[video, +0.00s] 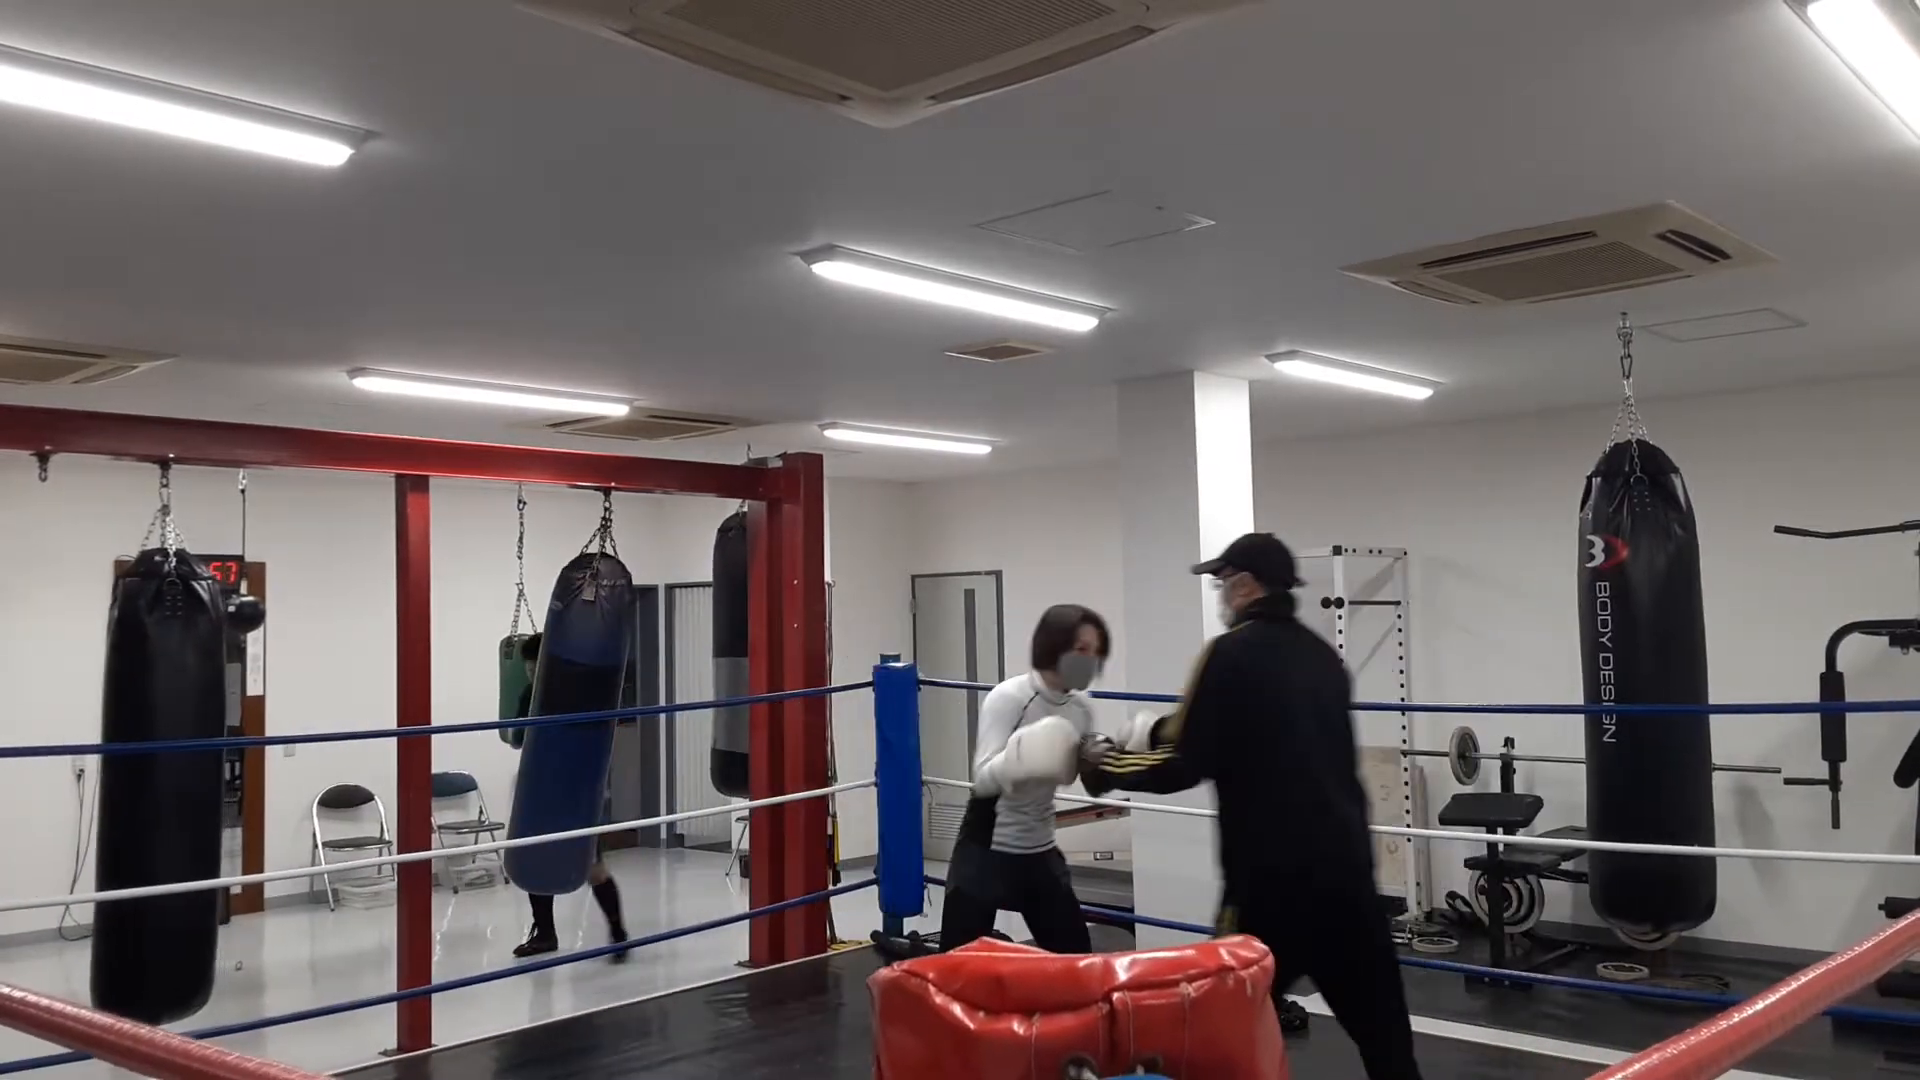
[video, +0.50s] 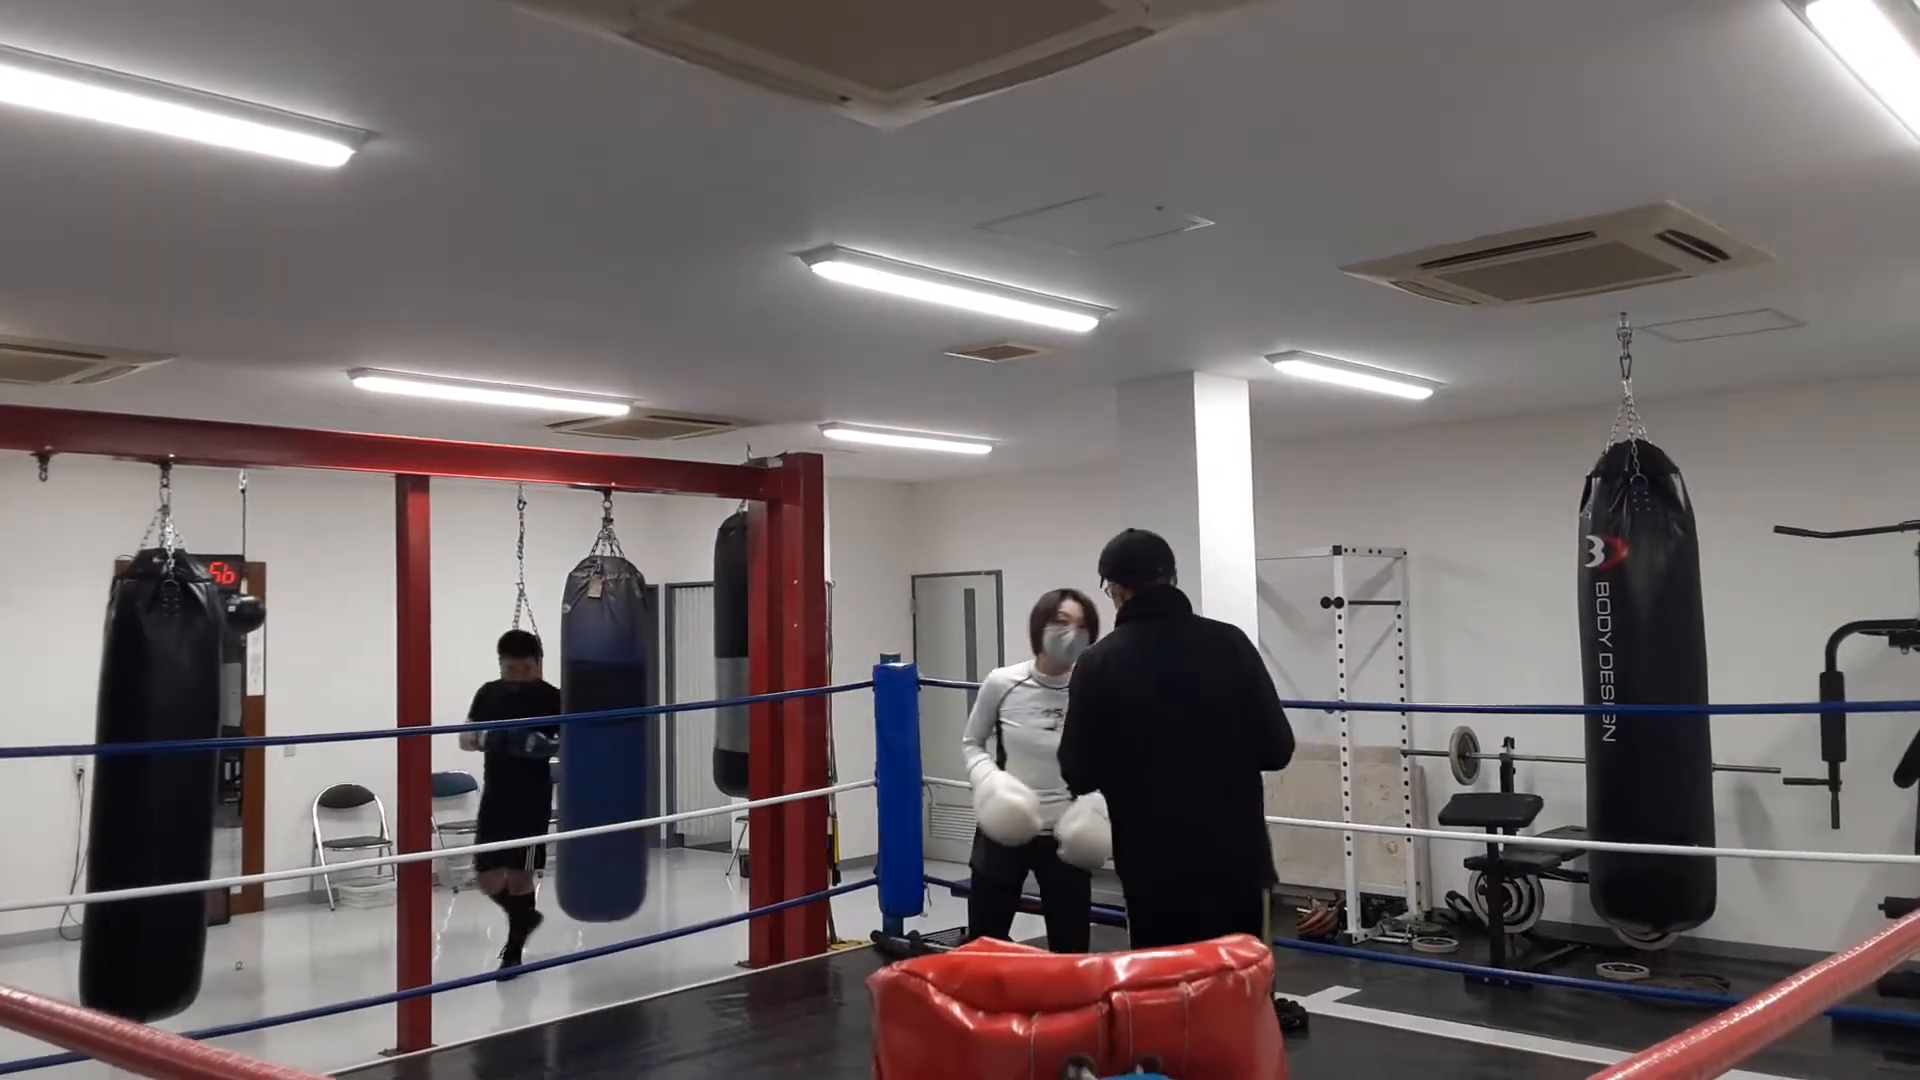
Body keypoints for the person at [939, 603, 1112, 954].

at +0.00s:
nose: (1090, 660)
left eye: (1096, 652)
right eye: (1081, 649)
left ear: (1101, 656)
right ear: (1054, 648)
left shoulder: (1081, 709)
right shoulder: (1007, 698)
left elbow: (1094, 784)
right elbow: (981, 780)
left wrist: (1107, 755)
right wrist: (1028, 754)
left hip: (1040, 854)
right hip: (986, 853)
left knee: (1076, 960)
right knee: (959, 963)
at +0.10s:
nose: (1104, 654)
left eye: (1111, 646)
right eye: (1094, 642)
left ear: (1118, 650)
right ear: (1068, 641)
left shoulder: (1102, 703)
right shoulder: (1021, 688)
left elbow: (1109, 779)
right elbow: (992, 770)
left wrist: (1100, 758)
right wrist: (1027, 746)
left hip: (1051, 848)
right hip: (995, 844)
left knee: (1078, 962)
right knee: (962, 959)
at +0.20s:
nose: (1106, 649)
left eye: (1114, 642)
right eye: (1096, 637)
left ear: (1121, 648)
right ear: (1074, 635)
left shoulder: (1108, 699)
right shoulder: (1026, 682)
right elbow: (990, 757)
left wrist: (1097, 772)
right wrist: (1034, 753)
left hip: (1059, 844)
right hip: (1001, 839)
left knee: (1076, 958)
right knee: (972, 954)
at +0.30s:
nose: (1100, 642)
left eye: (1109, 634)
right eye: (1091, 629)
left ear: (1117, 641)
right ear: (1069, 630)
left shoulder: (1110, 693)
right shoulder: (1023, 681)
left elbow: (1123, 769)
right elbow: (982, 751)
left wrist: (1086, 798)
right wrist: (1021, 770)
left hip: (1066, 842)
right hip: (1005, 837)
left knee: (1077, 958)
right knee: (980, 951)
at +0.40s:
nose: (1086, 637)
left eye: (1097, 628)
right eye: (1076, 624)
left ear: (1106, 638)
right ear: (1054, 630)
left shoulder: (1106, 690)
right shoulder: (1015, 681)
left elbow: (1124, 760)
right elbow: (977, 745)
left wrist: (1104, 820)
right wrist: (1007, 782)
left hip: (1070, 837)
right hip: (1006, 832)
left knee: (1077, 953)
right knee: (983, 946)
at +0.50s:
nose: (1067, 631)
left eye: (1078, 626)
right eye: (1058, 621)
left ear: (1090, 639)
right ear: (1039, 627)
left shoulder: (1093, 690)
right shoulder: (1002, 683)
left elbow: (1115, 758)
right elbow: (973, 744)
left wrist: (1096, 807)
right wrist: (991, 784)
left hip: (1068, 839)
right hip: (1004, 835)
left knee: (1071, 956)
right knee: (984, 949)